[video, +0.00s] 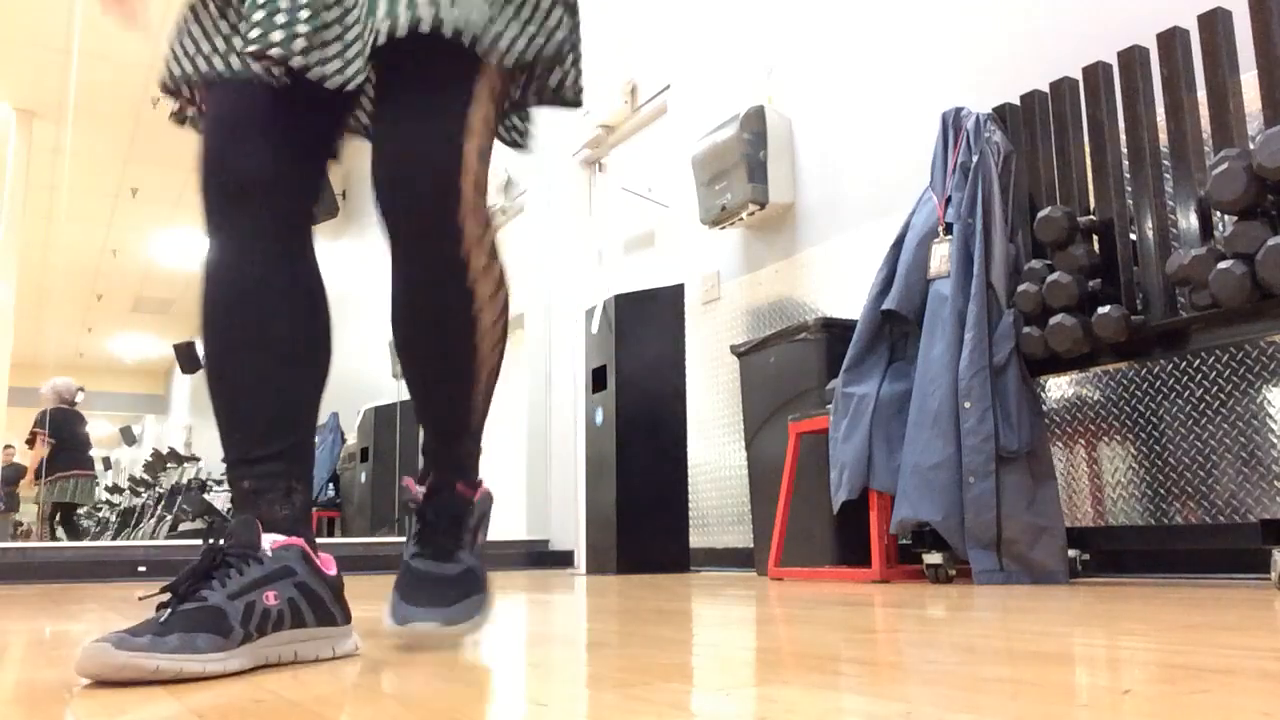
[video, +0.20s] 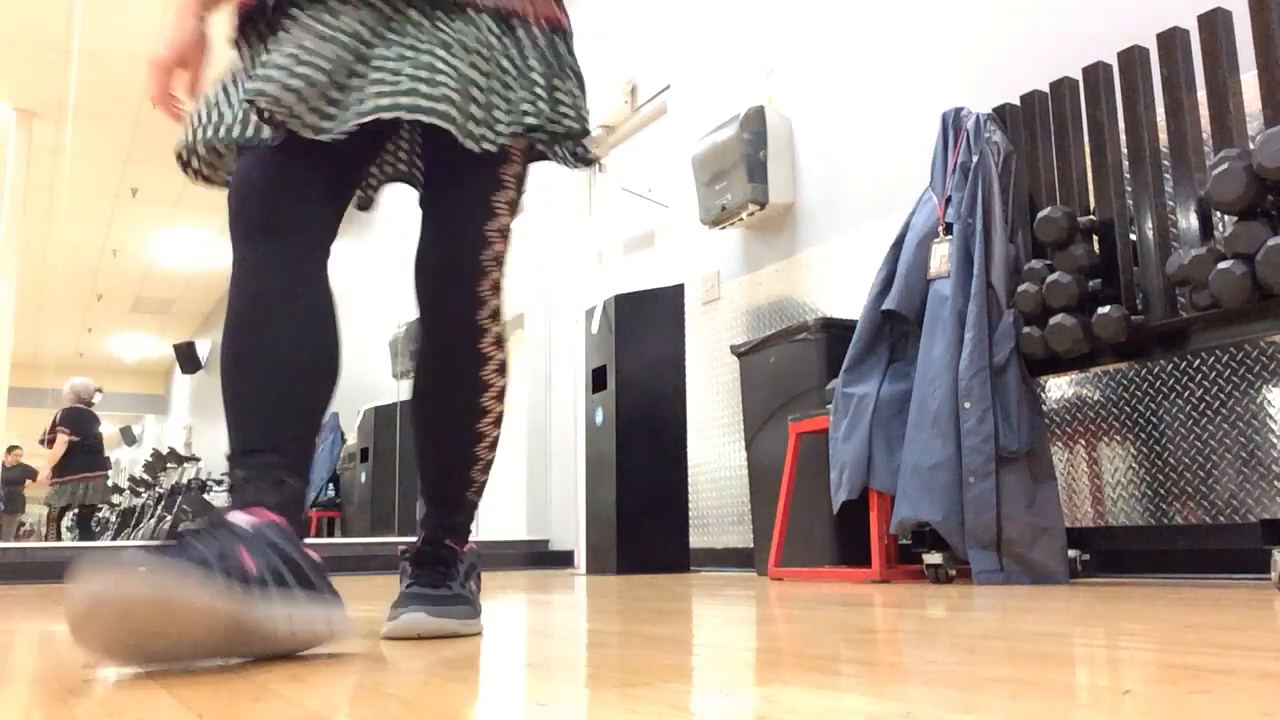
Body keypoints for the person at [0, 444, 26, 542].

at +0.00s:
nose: (7, 457)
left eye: (10, 455)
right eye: (6, 454)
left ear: (14, 456)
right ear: (2, 454)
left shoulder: (17, 468)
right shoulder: (3, 468)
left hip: (8, 505)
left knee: (4, 534)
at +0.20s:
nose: (18, 459)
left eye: (20, 456)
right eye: (16, 455)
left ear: (21, 456)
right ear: (7, 455)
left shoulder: (22, 468)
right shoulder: (2, 466)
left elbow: (38, 476)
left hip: (13, 505)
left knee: (6, 537)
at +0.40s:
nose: (24, 459)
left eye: (26, 457)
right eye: (22, 456)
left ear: (27, 457)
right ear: (13, 455)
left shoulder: (26, 468)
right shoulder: (3, 466)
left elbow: (40, 476)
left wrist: (29, 486)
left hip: (17, 506)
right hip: (3, 504)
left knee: (8, 537)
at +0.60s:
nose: (28, 460)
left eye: (29, 457)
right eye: (27, 457)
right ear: (18, 455)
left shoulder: (29, 469)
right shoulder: (4, 465)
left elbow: (38, 478)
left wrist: (29, 466)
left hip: (21, 508)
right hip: (5, 506)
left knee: (18, 534)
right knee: (7, 533)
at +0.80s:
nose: (31, 460)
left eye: (32, 457)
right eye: (30, 456)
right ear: (21, 454)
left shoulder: (31, 467)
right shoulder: (7, 465)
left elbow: (30, 487)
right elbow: (7, 486)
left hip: (25, 509)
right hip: (12, 509)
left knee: (21, 539)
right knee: (12, 539)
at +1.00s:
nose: (39, 461)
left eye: (40, 458)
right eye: (38, 457)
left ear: (30, 455)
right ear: (29, 455)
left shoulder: (33, 467)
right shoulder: (18, 466)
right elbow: (2, 474)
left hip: (29, 508)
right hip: (16, 509)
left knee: (35, 535)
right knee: (15, 538)